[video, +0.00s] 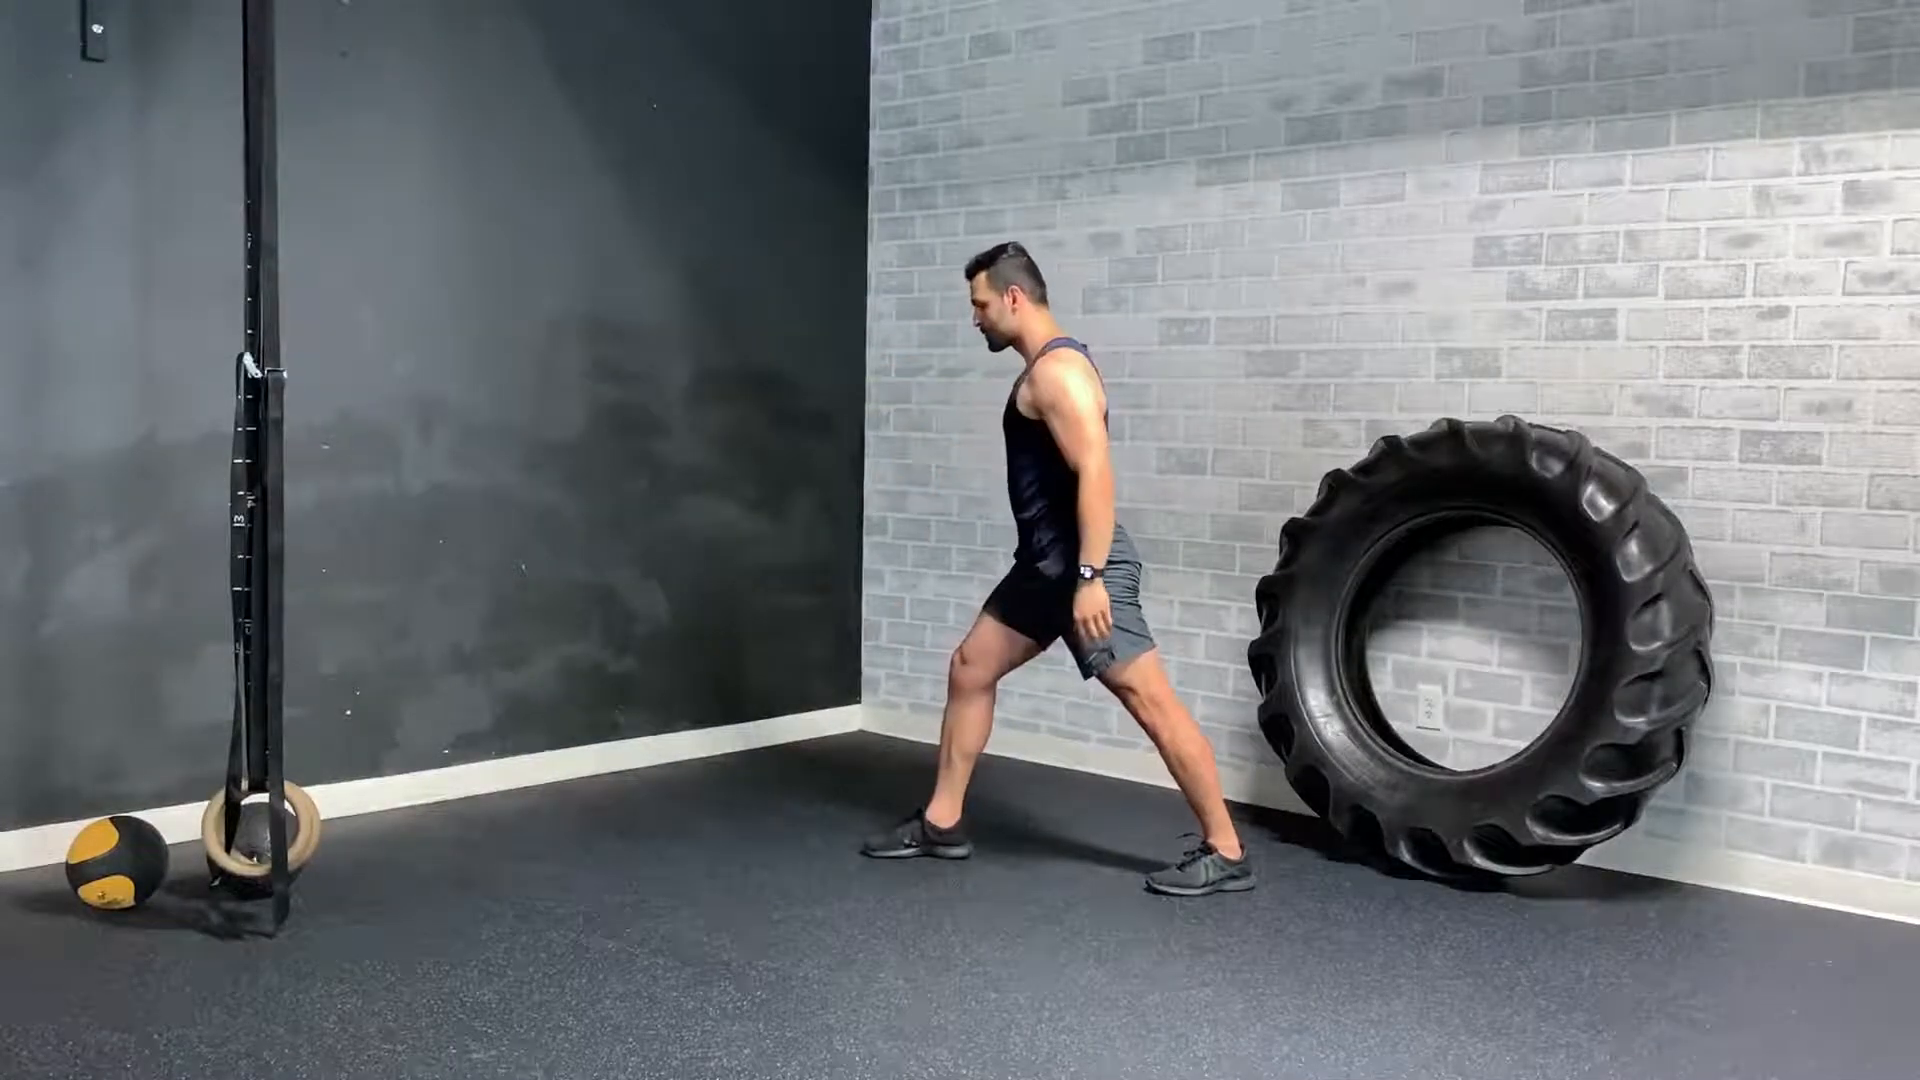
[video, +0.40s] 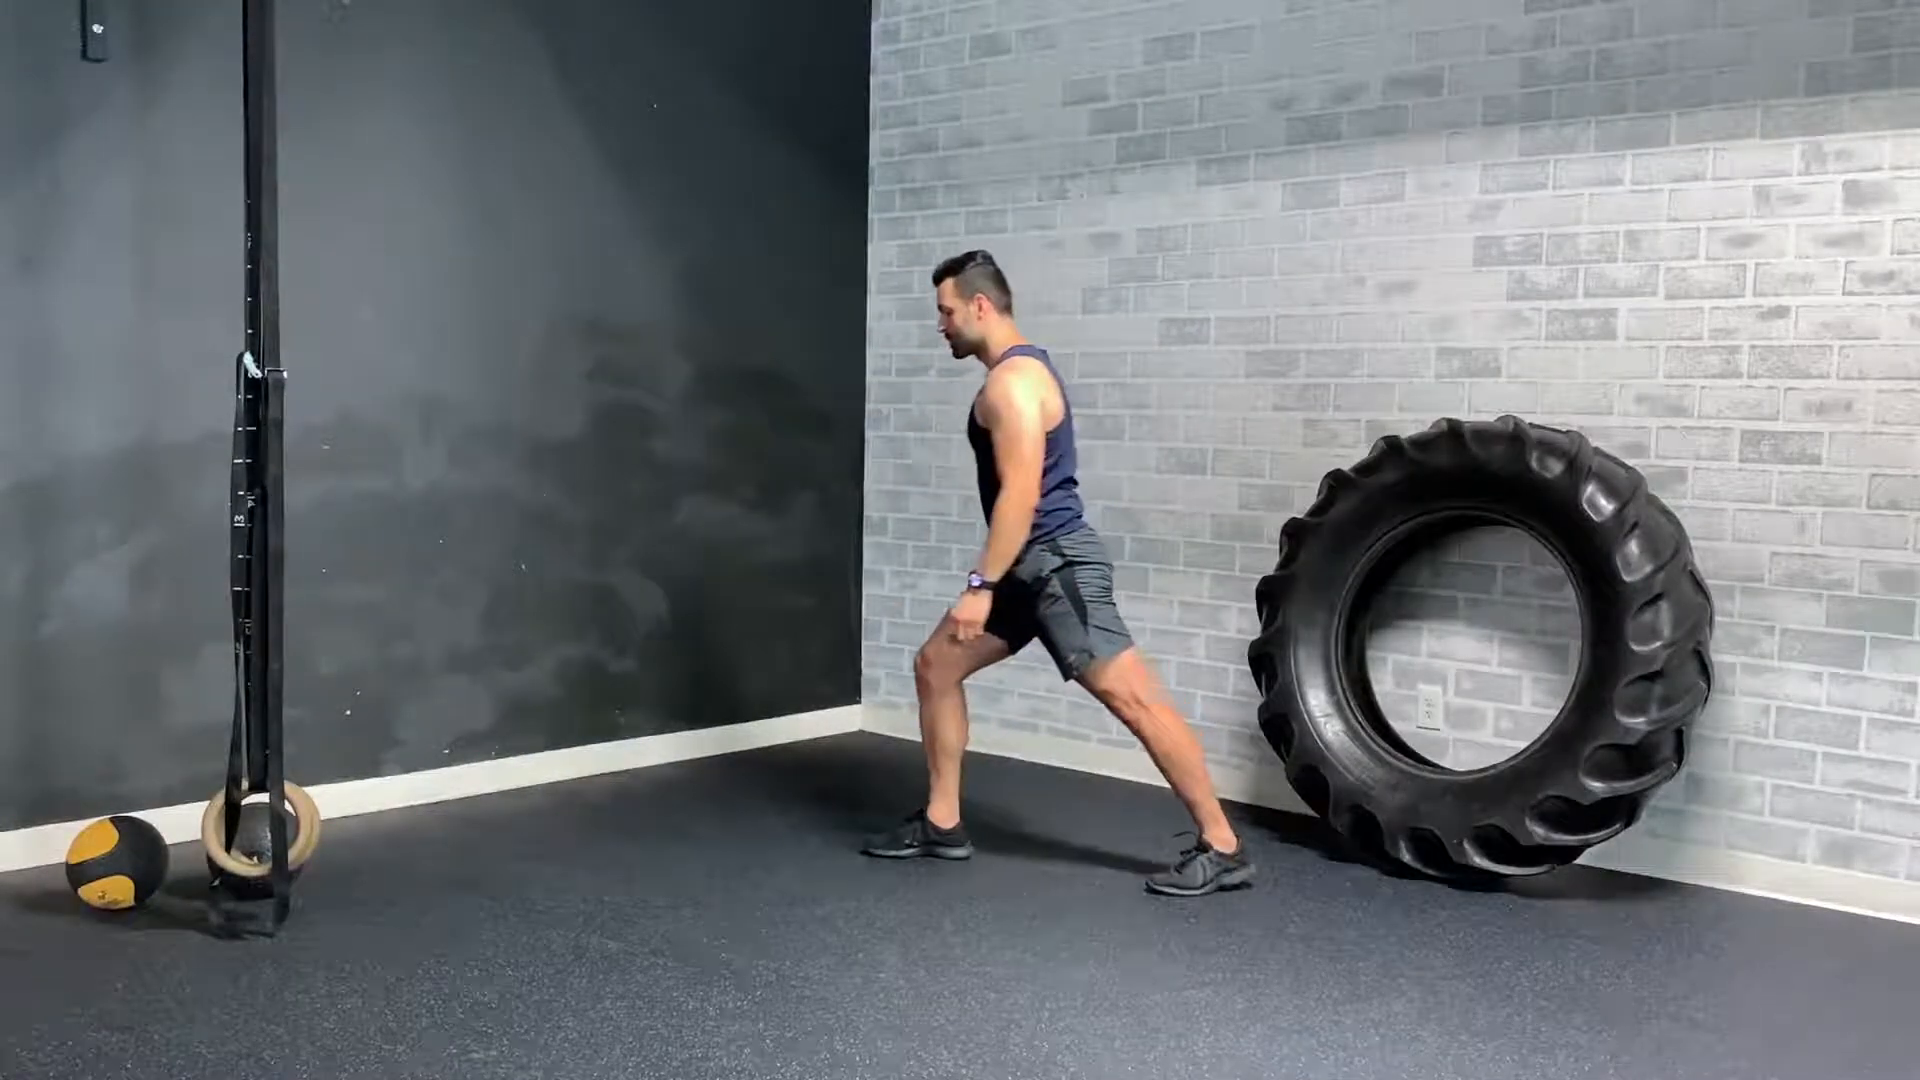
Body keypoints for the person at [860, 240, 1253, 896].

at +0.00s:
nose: (974, 317)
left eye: (979, 303)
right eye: (973, 305)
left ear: (1015, 298)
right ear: (1020, 300)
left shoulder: (1059, 372)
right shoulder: (1045, 368)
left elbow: (1095, 472)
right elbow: (1073, 477)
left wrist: (1091, 576)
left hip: (1083, 564)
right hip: (1045, 564)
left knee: (1152, 701)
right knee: (970, 671)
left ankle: (1226, 849)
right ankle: (941, 825)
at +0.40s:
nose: (941, 324)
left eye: (946, 310)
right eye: (939, 312)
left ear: (982, 306)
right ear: (987, 308)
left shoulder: (1012, 384)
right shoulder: (1023, 372)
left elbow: (1020, 497)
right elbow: (1032, 495)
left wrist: (981, 585)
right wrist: (1003, 574)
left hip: (1059, 560)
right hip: (1029, 564)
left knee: (1134, 699)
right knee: (936, 666)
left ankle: (1222, 845)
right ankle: (942, 826)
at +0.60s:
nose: (886, 305)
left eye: (891, 292)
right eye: (884, 293)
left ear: (926, 288)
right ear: (935, 290)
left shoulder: (939, 363)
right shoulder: (976, 349)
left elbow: (940, 473)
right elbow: (981, 466)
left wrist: (913, 562)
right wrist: (937, 558)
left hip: (984, 547)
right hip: (968, 546)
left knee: (1020, 699)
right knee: (902, 674)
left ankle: (1162, 807)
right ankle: (940, 825)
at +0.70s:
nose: (857, 293)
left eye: (864, 279)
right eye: (856, 280)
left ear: (900, 275)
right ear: (906, 277)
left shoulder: (916, 346)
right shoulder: (944, 335)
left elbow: (917, 453)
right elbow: (965, 449)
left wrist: (885, 542)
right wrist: (906, 534)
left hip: (956, 531)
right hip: (931, 531)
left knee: (939, 686)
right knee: (898, 674)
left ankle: (1080, 789)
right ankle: (940, 823)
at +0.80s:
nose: (828, 282)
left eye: (835, 268)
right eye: (826, 270)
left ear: (874, 264)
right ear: (878, 267)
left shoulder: (895, 336)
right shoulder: (912, 324)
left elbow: (900, 442)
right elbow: (912, 440)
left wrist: (856, 527)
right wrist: (875, 525)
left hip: (923, 522)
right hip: (931, 520)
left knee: (871, 670)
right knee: (910, 672)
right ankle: (939, 811)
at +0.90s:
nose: (799, 281)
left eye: (805, 268)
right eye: (797, 269)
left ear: (845, 262)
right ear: (845, 265)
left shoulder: (873, 336)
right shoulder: (885, 326)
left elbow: (879, 446)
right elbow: (887, 446)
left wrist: (828, 529)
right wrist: (851, 525)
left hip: (886, 526)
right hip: (898, 523)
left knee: (822, 664)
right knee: (903, 671)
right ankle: (941, 820)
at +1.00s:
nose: (762, 290)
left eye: (770, 275)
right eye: (760, 277)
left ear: (810, 271)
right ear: (811, 274)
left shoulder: (840, 348)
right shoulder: (845, 336)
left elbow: (850, 461)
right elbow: (858, 455)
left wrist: (801, 545)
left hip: (852, 539)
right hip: (866, 535)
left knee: (777, 677)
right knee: (896, 677)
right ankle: (940, 821)